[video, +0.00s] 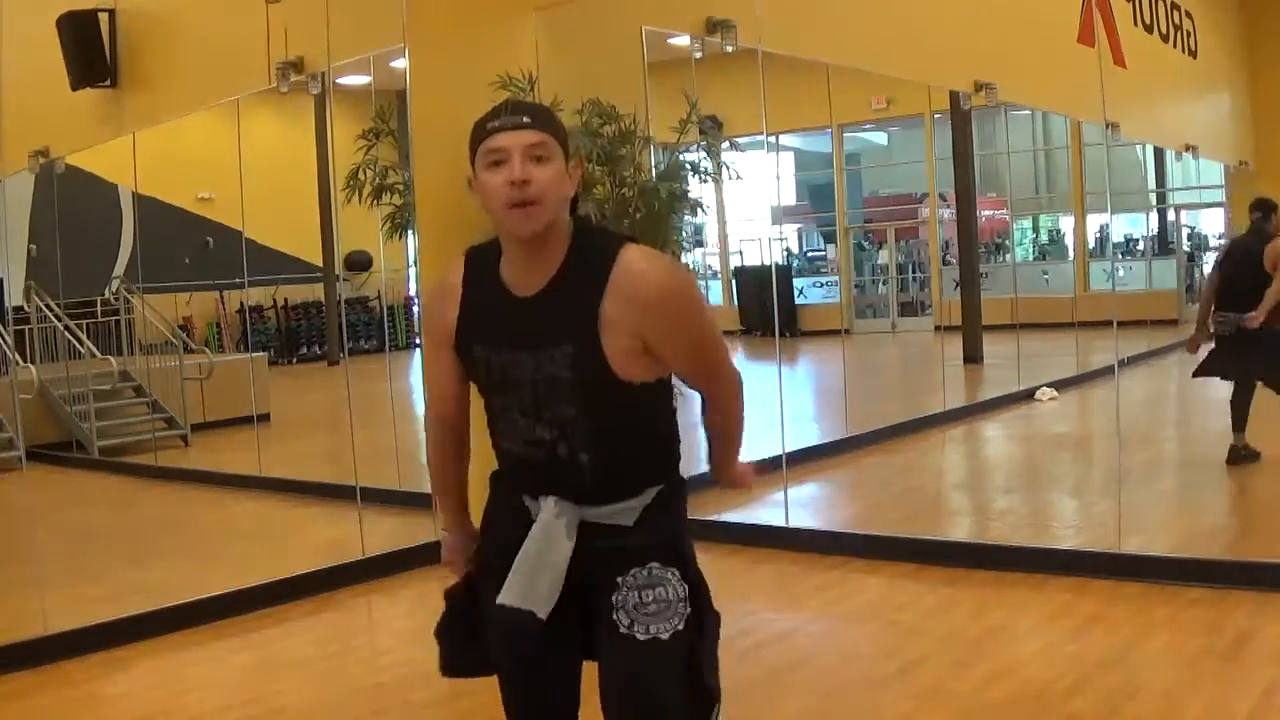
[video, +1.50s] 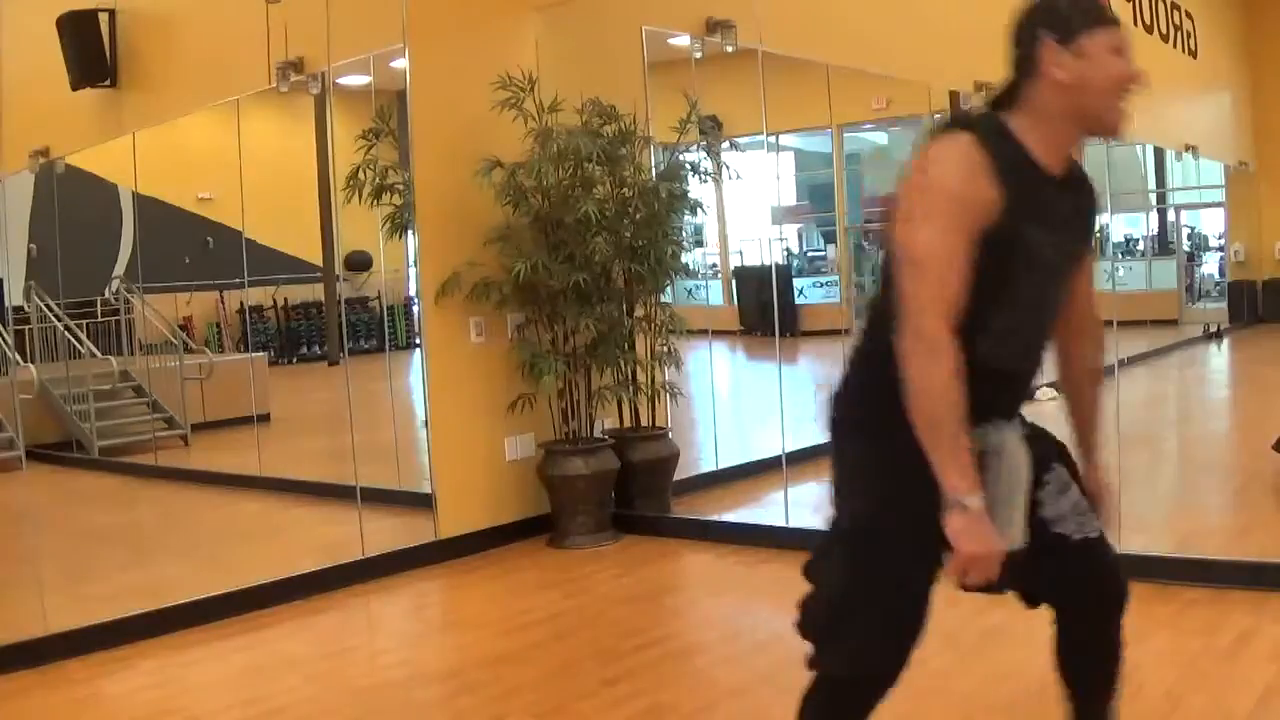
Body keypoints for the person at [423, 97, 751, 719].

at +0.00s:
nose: (517, 174)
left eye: (537, 157)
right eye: (497, 161)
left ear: (573, 177)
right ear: (475, 189)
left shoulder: (645, 282)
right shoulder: (456, 292)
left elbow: (720, 383)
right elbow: (446, 418)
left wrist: (727, 468)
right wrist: (454, 525)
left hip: (636, 536)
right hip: (523, 536)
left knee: (650, 705)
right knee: (532, 706)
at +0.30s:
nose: (527, 206)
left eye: (550, 183)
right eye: (502, 188)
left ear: (587, 198)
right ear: (476, 209)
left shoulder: (669, 310)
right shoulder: (442, 325)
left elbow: (731, 459)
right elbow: (450, 470)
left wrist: (729, 578)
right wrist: (481, 572)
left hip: (652, 581)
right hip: (525, 579)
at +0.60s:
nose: (559, 206)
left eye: (585, 179)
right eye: (530, 184)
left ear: (626, 190)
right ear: (500, 205)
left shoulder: (720, 308)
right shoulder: (455, 327)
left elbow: (758, 490)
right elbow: (466, 473)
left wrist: (759, 641)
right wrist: (499, 582)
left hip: (691, 576)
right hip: (554, 580)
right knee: (546, 707)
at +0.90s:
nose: (625, 187)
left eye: (652, 163)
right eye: (598, 165)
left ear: (694, 182)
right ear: (570, 192)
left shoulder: (777, 307)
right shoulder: (527, 307)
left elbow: (854, 466)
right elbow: (521, 452)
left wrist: (869, 602)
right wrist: (539, 576)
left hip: (736, 581)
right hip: (600, 573)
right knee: (572, 703)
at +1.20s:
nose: (797, 146)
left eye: (816, 130)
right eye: (770, 131)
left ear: (840, 156)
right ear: (732, 165)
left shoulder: (904, 273)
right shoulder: (673, 293)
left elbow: (927, 346)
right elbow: (643, 446)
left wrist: (841, 427)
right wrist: (663, 573)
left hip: (850, 560)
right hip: (720, 561)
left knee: (844, 705)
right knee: (678, 704)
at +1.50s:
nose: (1133, 74)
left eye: (1129, 56)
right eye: (1116, 53)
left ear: (1068, 65)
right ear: (1055, 60)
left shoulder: (1072, 189)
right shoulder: (957, 161)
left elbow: (1077, 331)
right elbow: (922, 334)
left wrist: (1088, 459)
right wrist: (964, 501)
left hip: (992, 428)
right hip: (895, 431)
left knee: (1092, 584)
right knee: (869, 647)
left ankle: (1092, 712)